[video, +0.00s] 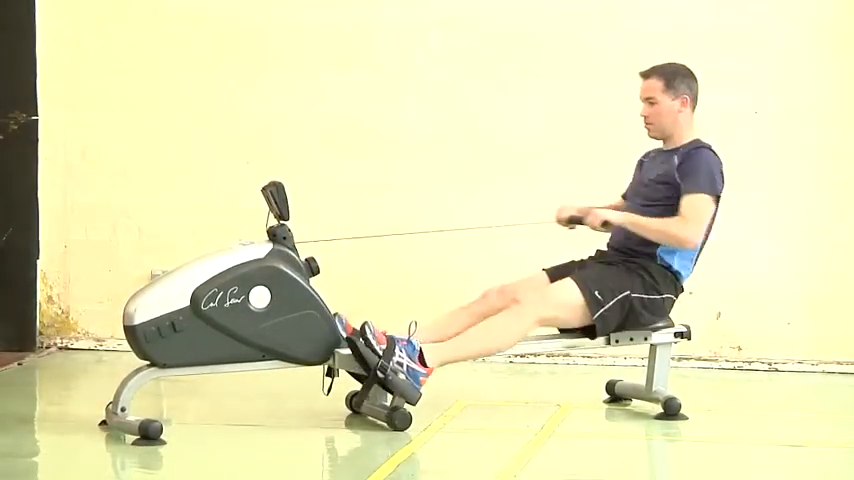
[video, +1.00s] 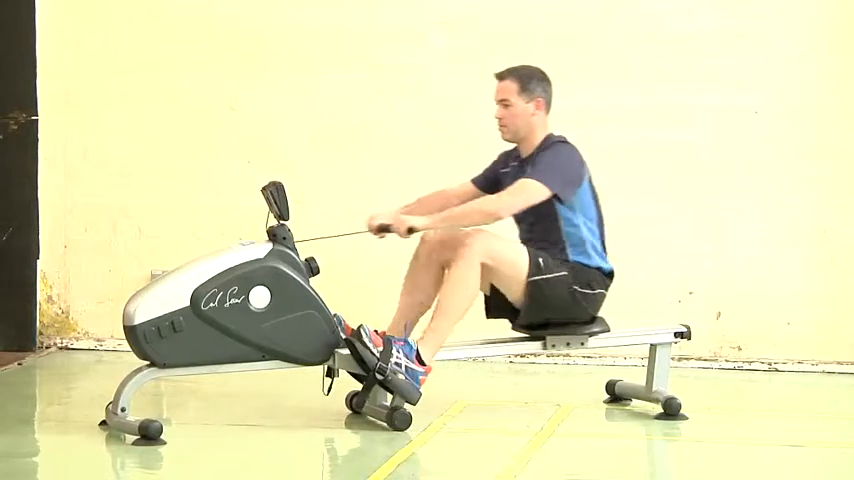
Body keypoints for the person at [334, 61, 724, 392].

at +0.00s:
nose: (643, 113)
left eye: (651, 103)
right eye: (643, 104)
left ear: (684, 103)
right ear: (665, 105)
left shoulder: (701, 160)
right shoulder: (651, 159)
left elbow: (690, 235)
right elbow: (629, 214)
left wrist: (612, 216)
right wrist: (593, 214)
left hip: (647, 277)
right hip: (615, 265)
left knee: (534, 308)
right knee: (499, 297)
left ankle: (422, 363)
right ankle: (396, 346)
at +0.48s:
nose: (612, 106)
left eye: (620, 96)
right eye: (612, 96)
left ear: (653, 98)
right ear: (637, 98)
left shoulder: (672, 152)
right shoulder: (625, 155)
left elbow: (674, 231)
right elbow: (603, 221)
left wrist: (605, 211)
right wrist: (568, 210)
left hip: (643, 278)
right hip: (607, 267)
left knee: (530, 295)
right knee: (490, 286)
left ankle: (422, 366)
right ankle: (399, 348)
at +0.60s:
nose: (590, 106)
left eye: (598, 96)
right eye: (589, 96)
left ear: (631, 99)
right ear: (620, 100)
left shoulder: (650, 151)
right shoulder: (603, 157)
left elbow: (635, 223)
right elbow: (567, 214)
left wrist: (570, 208)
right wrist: (532, 206)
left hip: (634, 281)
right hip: (599, 271)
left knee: (516, 283)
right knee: (481, 272)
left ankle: (423, 364)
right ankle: (403, 346)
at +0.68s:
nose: (573, 107)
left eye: (581, 97)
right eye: (573, 98)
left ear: (613, 98)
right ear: (606, 100)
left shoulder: (634, 150)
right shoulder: (585, 157)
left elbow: (608, 218)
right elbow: (548, 203)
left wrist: (535, 208)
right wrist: (508, 205)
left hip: (624, 281)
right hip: (589, 272)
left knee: (506, 273)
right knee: (474, 264)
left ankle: (423, 362)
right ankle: (402, 345)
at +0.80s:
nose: (546, 109)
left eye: (553, 100)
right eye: (545, 100)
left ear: (585, 101)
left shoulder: (608, 152)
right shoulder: (558, 159)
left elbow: (567, 211)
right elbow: (512, 198)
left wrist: (490, 210)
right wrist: (462, 207)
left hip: (608, 281)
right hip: (572, 274)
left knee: (495, 259)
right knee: (460, 253)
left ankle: (422, 361)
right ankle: (397, 344)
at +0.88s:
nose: (525, 110)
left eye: (534, 100)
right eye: (525, 101)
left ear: (567, 102)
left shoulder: (589, 154)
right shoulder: (539, 160)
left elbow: (538, 209)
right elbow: (484, 196)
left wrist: (461, 215)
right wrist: (437, 209)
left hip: (594, 282)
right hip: (559, 277)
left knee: (487, 253)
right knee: (453, 246)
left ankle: (423, 359)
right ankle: (395, 342)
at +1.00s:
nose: (497, 114)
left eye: (505, 105)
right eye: (497, 105)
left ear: (537, 107)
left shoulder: (561, 157)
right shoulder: (510, 162)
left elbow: (497, 208)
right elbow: (455, 196)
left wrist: (420, 224)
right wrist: (399, 215)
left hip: (576, 285)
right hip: (537, 284)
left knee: (476, 244)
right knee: (436, 241)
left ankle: (420, 360)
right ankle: (391, 344)